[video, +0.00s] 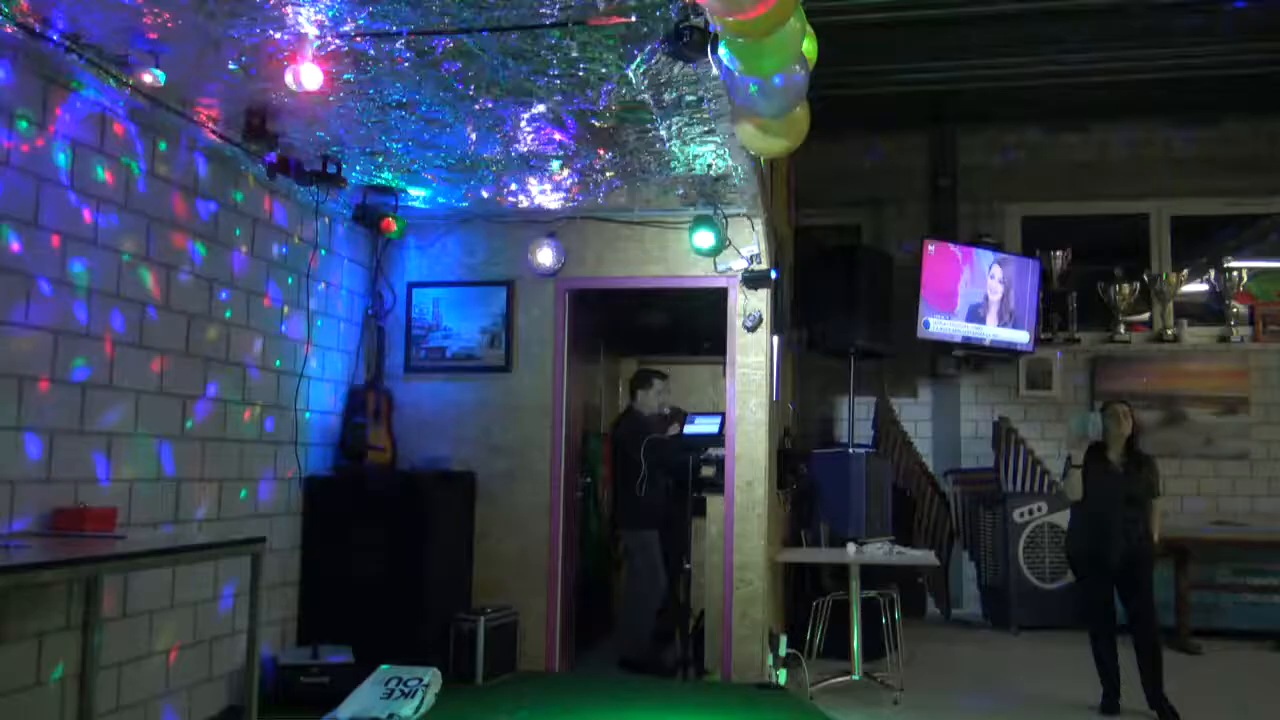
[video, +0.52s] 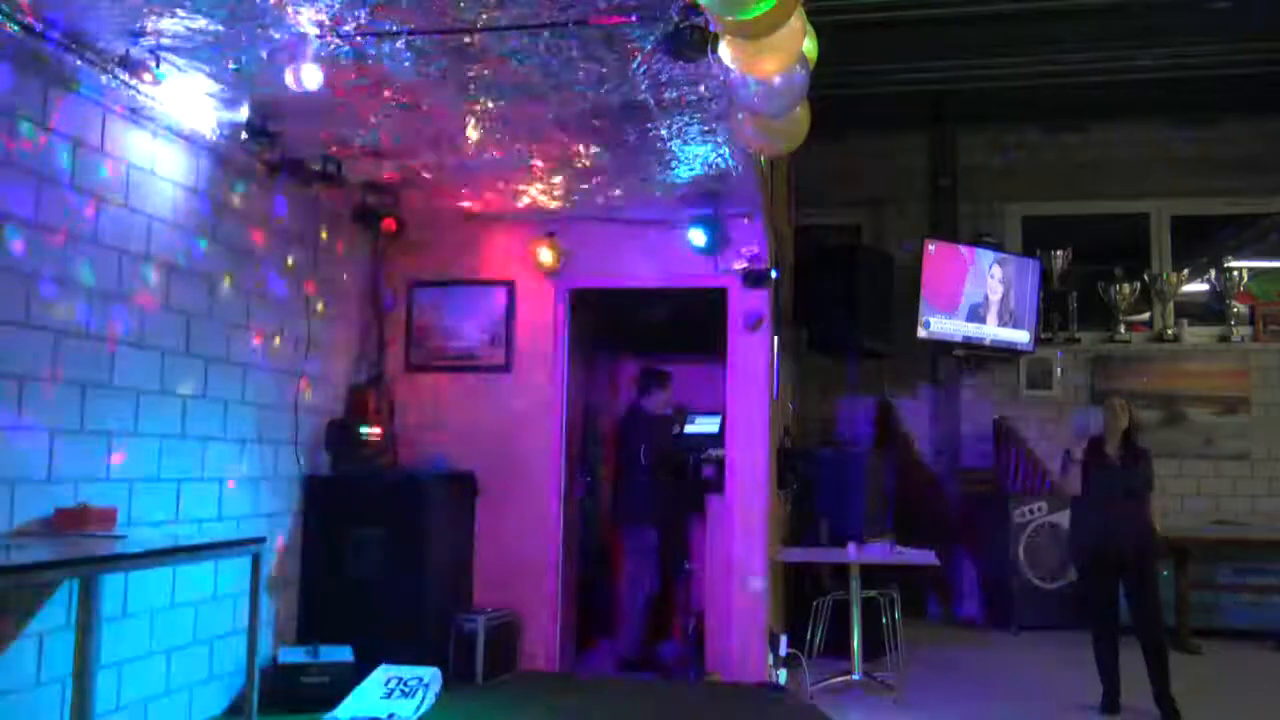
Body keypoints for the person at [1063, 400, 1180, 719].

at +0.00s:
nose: (1120, 422)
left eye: (1125, 417)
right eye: (1113, 417)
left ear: (1133, 424)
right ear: (1103, 424)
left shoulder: (1144, 462)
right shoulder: (1088, 459)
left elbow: (1153, 506)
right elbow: (1073, 496)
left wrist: (1153, 542)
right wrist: (1071, 463)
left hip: (1133, 553)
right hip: (1093, 554)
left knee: (1145, 625)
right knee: (1101, 626)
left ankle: (1156, 696)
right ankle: (1110, 693)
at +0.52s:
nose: (1115, 417)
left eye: (1121, 412)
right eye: (1110, 411)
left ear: (1129, 419)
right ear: (1102, 418)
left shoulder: (1139, 455)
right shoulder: (1089, 452)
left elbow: (1148, 501)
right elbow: (1075, 494)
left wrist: (1156, 541)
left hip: (1136, 550)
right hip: (1097, 552)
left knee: (1150, 627)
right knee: (1104, 626)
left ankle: (1164, 699)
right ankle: (1110, 695)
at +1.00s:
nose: (1120, 426)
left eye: (1125, 420)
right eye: (1115, 420)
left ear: (1133, 425)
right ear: (1106, 424)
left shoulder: (1150, 461)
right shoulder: (1093, 457)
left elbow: (1159, 506)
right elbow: (1078, 495)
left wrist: (1158, 543)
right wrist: (1080, 461)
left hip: (1140, 552)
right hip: (1099, 552)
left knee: (1160, 625)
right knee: (1103, 626)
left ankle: (1185, 698)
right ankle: (1109, 695)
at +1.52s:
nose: (1145, 419)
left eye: (1152, 413)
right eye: (1141, 413)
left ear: (1167, 418)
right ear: (1136, 419)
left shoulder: (1190, 455)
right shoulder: (1132, 450)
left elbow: (1204, 503)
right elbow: (1133, 494)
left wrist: (1203, 533)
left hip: (1184, 550)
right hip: (1139, 549)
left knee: (1193, 629)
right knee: (1130, 624)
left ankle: (1198, 703)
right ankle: (1113, 696)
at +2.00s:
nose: (1164, 421)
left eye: (1169, 415)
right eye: (1158, 415)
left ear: (1177, 421)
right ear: (1149, 420)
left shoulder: (1194, 452)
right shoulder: (1139, 455)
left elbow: (1226, 464)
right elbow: (1140, 503)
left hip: (1200, 551)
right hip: (1157, 551)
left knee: (1202, 629)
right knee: (1140, 622)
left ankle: (1198, 702)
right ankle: (1117, 693)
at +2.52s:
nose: (1133, 415)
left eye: (1139, 409)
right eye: (1128, 409)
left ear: (1149, 415)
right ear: (1117, 414)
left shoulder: (1165, 454)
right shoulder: (1101, 453)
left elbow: (1190, 486)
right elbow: (1098, 493)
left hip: (1160, 548)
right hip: (1116, 549)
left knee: (1176, 626)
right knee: (1112, 624)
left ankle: (1192, 703)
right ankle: (1107, 697)